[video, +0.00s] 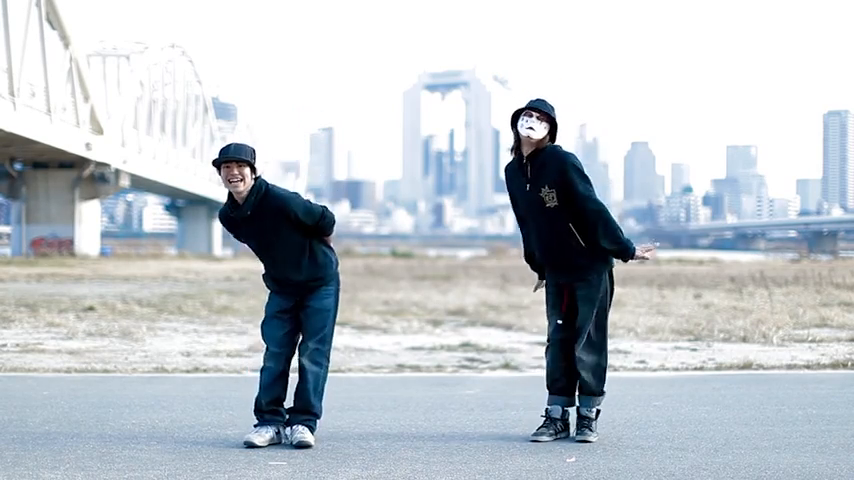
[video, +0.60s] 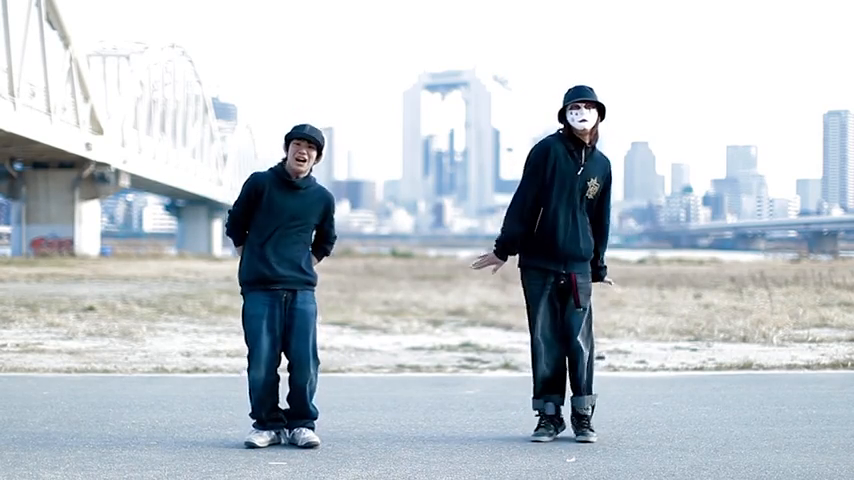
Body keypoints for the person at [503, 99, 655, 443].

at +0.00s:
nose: (532, 122)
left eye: (540, 119)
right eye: (527, 117)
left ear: (550, 130)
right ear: (517, 124)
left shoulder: (561, 161)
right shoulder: (512, 171)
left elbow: (590, 206)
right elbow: (526, 222)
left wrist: (625, 249)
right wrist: (538, 264)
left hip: (589, 264)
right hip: (554, 266)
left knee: (587, 337)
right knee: (557, 338)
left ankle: (587, 416)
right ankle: (556, 416)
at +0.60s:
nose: (581, 114)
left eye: (587, 109)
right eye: (575, 109)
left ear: (597, 115)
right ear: (565, 115)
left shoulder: (601, 163)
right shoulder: (546, 150)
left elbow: (600, 218)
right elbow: (523, 199)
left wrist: (597, 264)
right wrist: (503, 248)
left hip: (578, 260)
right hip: (538, 258)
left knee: (578, 338)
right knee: (543, 338)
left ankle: (583, 415)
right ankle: (549, 416)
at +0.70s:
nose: (591, 112)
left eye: (596, 107)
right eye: (583, 108)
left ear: (606, 113)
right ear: (573, 115)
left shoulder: (604, 161)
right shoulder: (557, 150)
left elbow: (588, 210)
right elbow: (528, 195)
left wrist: (574, 246)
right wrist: (496, 235)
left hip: (572, 257)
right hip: (535, 255)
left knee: (575, 329)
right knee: (535, 331)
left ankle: (583, 407)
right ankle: (545, 412)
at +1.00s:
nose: (588, 117)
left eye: (594, 111)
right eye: (580, 113)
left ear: (605, 119)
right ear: (571, 121)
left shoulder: (607, 162)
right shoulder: (555, 154)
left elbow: (599, 215)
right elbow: (532, 203)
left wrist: (592, 255)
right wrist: (504, 248)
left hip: (576, 264)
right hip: (540, 262)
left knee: (571, 337)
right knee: (535, 337)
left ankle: (572, 413)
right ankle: (543, 415)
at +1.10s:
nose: (580, 109)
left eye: (587, 104)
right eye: (574, 103)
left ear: (596, 111)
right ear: (564, 108)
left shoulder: (602, 153)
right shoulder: (544, 144)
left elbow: (605, 207)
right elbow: (524, 194)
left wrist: (608, 252)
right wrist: (507, 243)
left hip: (584, 256)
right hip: (544, 254)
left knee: (581, 335)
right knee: (540, 335)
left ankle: (578, 413)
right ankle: (545, 414)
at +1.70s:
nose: (539, 118)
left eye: (547, 115)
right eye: (534, 112)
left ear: (558, 124)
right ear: (525, 119)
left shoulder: (567, 158)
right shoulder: (522, 162)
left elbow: (597, 201)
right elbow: (539, 213)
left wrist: (632, 240)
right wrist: (551, 255)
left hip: (596, 263)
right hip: (561, 265)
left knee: (595, 338)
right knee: (559, 335)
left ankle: (592, 414)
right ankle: (554, 413)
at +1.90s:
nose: (538, 126)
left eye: (546, 123)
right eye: (533, 120)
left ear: (555, 133)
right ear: (523, 128)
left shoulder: (568, 166)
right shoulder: (519, 173)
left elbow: (598, 209)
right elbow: (529, 225)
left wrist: (631, 247)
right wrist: (542, 266)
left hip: (594, 266)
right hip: (559, 269)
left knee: (596, 338)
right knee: (563, 338)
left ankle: (595, 413)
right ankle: (559, 414)